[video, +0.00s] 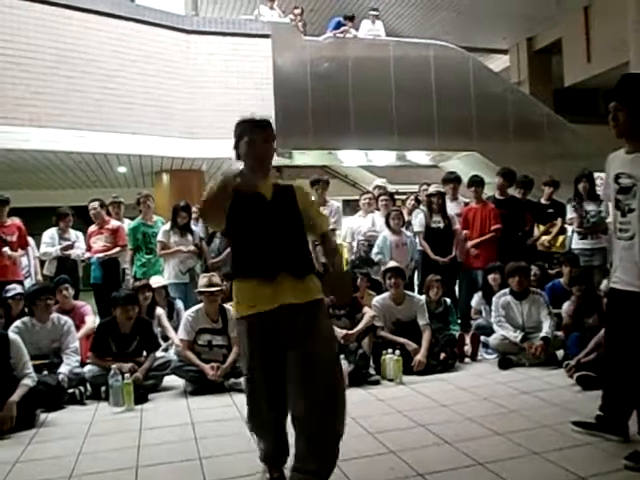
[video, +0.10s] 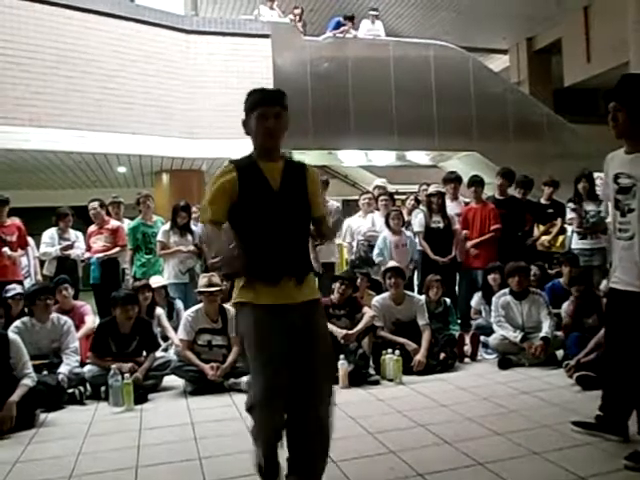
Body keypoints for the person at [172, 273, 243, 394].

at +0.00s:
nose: (212, 297)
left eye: (215, 293)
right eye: (207, 294)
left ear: (221, 293)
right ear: (200, 296)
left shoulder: (229, 314)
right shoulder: (191, 315)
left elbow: (236, 345)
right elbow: (183, 349)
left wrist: (225, 367)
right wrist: (204, 367)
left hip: (224, 359)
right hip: (200, 359)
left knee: (243, 369)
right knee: (177, 367)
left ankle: (200, 386)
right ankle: (225, 384)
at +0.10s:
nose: (212, 297)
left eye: (215, 293)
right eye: (207, 294)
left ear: (221, 294)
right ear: (200, 296)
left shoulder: (230, 313)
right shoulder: (191, 316)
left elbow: (236, 345)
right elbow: (184, 349)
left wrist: (224, 368)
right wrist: (204, 367)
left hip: (224, 361)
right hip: (200, 362)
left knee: (246, 371)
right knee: (177, 367)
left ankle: (201, 386)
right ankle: (226, 384)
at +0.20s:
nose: (211, 299)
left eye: (214, 295)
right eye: (207, 296)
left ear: (222, 295)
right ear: (201, 297)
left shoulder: (231, 314)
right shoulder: (191, 316)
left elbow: (236, 345)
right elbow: (184, 349)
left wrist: (225, 368)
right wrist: (204, 367)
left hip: (224, 359)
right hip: (200, 360)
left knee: (250, 361)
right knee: (176, 366)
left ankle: (203, 385)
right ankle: (226, 384)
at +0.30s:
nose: (210, 299)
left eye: (213, 295)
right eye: (206, 295)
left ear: (221, 295)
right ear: (201, 296)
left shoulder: (231, 314)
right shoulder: (191, 316)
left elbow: (236, 344)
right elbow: (184, 350)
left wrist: (225, 367)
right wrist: (204, 367)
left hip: (225, 359)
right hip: (201, 359)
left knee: (253, 360)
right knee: (177, 367)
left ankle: (202, 386)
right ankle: (226, 383)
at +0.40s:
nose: (210, 297)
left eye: (214, 292)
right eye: (205, 293)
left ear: (220, 293)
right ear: (200, 296)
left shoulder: (231, 314)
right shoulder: (191, 316)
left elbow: (238, 343)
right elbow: (184, 349)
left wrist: (225, 367)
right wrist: (205, 367)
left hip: (225, 360)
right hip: (200, 361)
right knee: (177, 367)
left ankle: (201, 386)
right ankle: (226, 384)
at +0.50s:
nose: (211, 296)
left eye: (214, 292)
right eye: (206, 293)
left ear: (220, 293)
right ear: (200, 295)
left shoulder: (230, 314)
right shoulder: (191, 316)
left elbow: (237, 344)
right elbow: (184, 349)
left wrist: (225, 367)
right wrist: (204, 367)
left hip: (225, 361)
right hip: (200, 362)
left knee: (248, 368)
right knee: (177, 367)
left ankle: (202, 386)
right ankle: (225, 384)